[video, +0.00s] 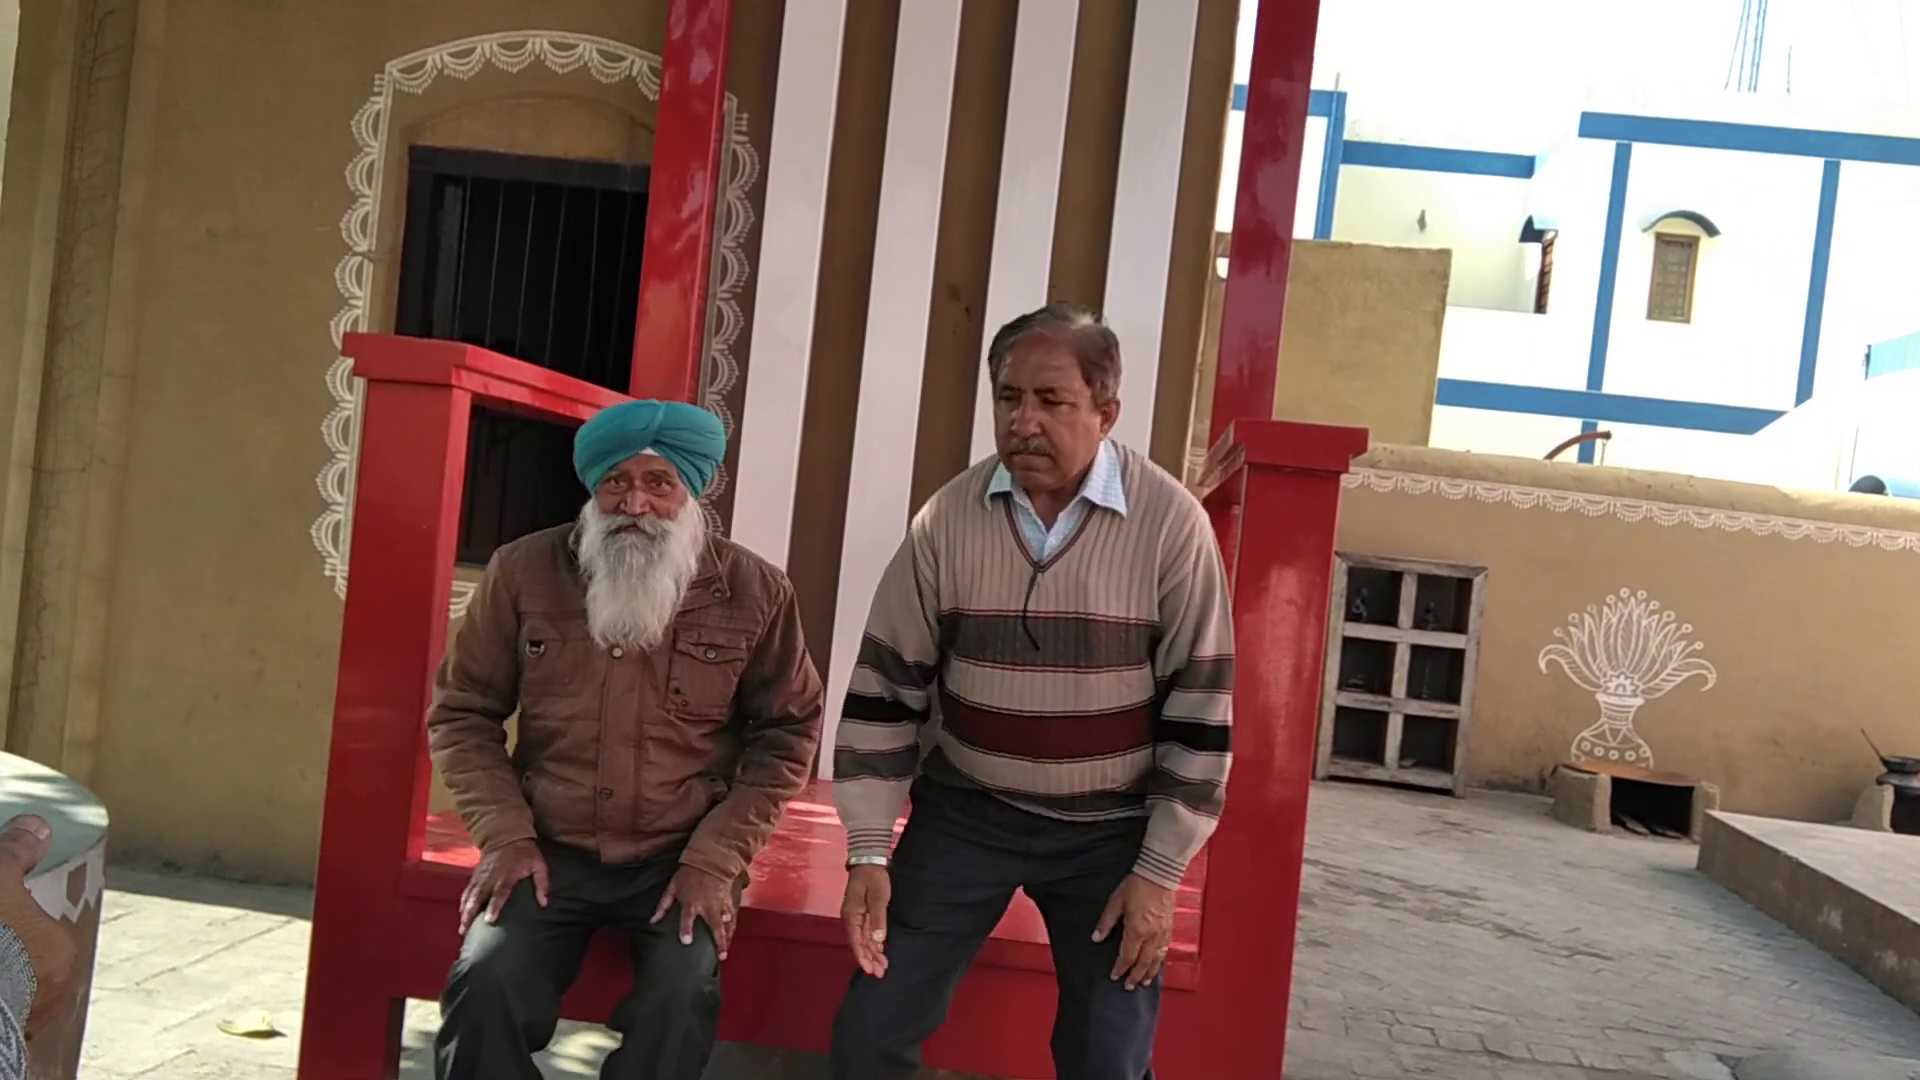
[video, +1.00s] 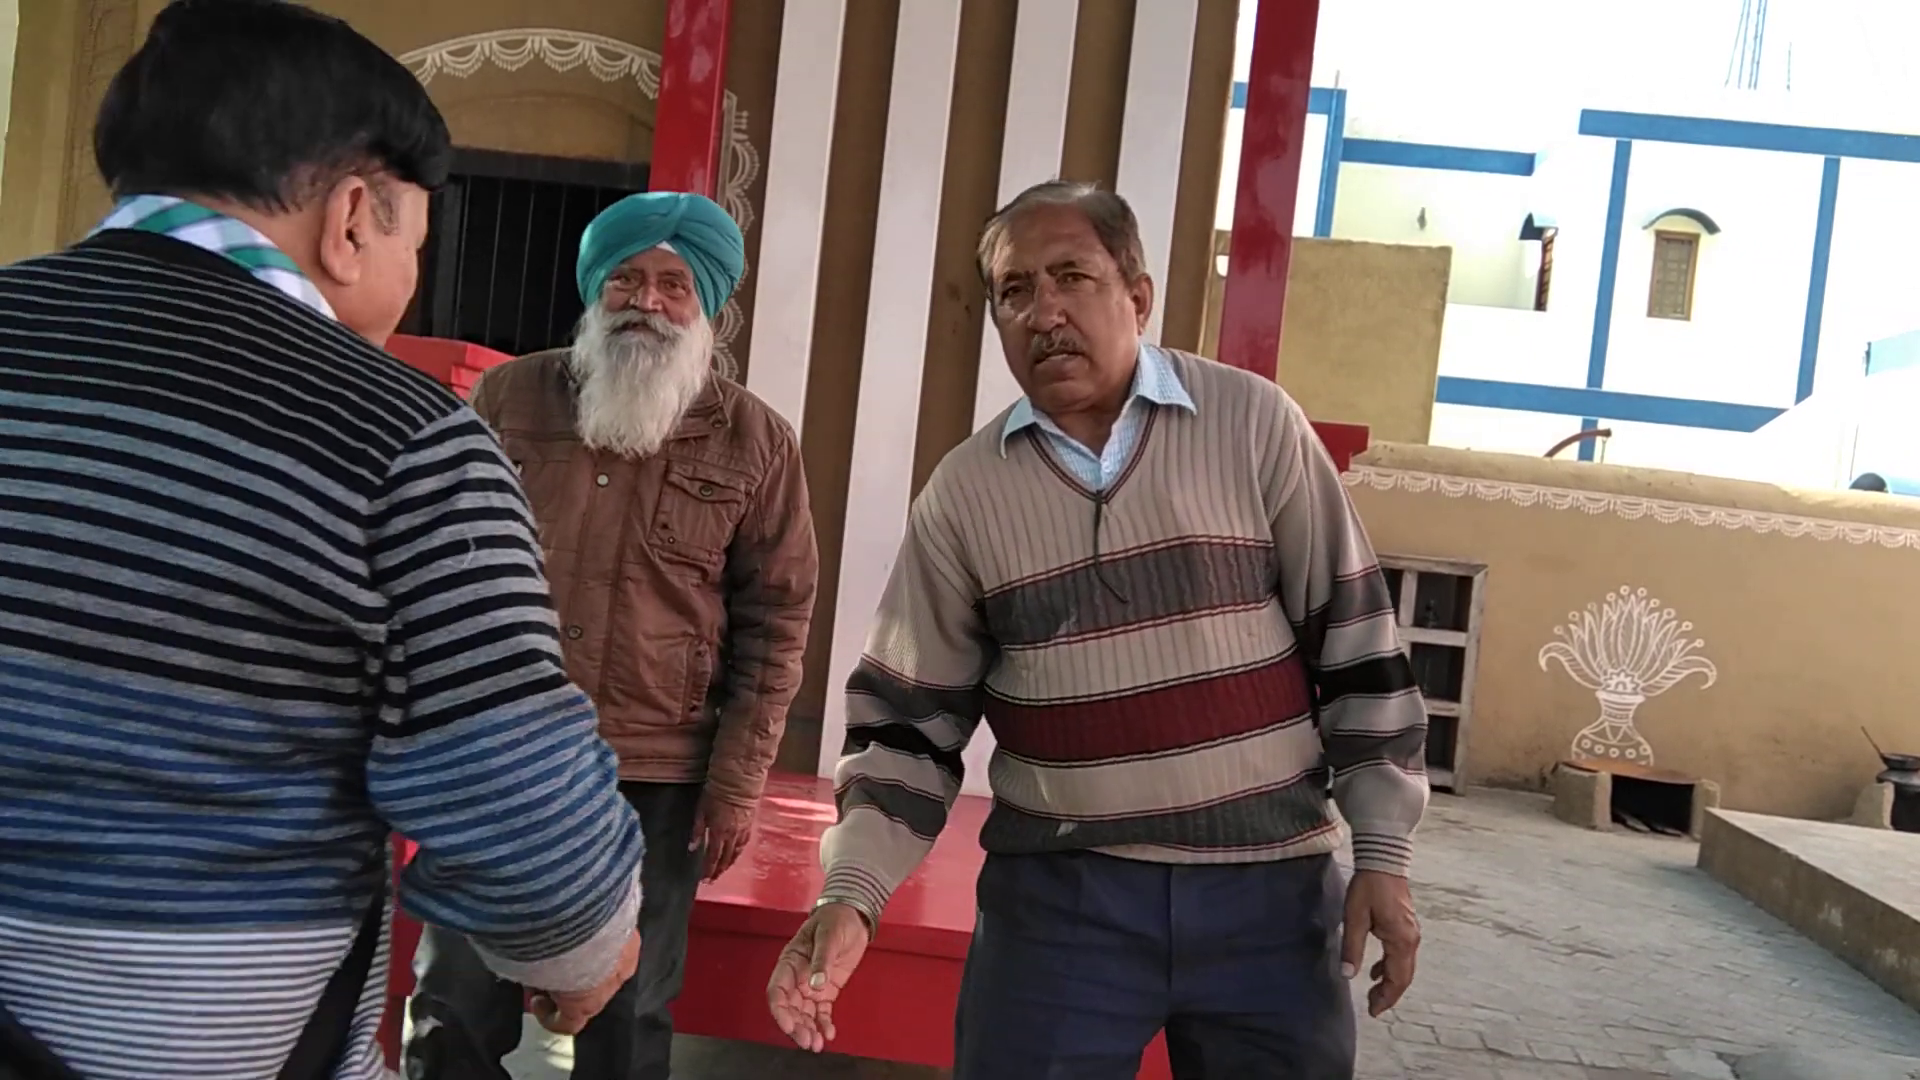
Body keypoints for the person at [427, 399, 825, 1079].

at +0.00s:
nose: (634, 502)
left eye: (658, 484)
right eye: (616, 482)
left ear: (696, 497)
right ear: (591, 490)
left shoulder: (757, 596)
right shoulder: (524, 571)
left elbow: (788, 733)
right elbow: (463, 711)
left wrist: (716, 857)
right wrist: (503, 832)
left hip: (679, 867)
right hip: (546, 856)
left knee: (683, 988)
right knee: (487, 978)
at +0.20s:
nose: (593, 517)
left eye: (617, 495)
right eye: (574, 496)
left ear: (657, 500)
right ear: (550, 502)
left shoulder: (731, 592)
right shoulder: (485, 576)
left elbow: (787, 720)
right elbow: (431, 705)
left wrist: (706, 859)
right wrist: (485, 836)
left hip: (668, 865)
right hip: (533, 857)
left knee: (671, 1006)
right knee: (479, 994)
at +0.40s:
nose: (580, 476)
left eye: (606, 454)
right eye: (560, 454)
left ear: (646, 463)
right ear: (535, 460)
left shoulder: (719, 561)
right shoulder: (468, 540)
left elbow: (759, 717)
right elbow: (423, 689)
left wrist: (680, 863)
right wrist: (467, 837)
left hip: (653, 842)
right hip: (516, 836)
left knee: (643, 1013)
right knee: (461, 1001)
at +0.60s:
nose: (594, 382)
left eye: (621, 364)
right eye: (574, 359)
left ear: (660, 381)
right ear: (546, 370)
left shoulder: (721, 495)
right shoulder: (473, 464)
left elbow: (745, 673)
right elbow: (427, 638)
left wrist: (683, 826)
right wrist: (443, 802)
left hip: (641, 818)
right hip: (497, 808)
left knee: (623, 1026)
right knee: (453, 1015)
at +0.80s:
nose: (618, 324)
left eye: (646, 309)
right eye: (601, 302)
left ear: (687, 337)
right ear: (568, 315)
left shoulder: (739, 461)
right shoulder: (489, 420)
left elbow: (760, 638)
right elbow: (426, 595)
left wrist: (712, 792)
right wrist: (410, 762)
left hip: (644, 805)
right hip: (496, 794)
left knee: (621, 1036)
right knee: (461, 1030)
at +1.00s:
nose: (648, 298)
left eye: (675, 283)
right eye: (630, 275)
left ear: (711, 310)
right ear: (594, 288)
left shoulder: (757, 443)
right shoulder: (506, 397)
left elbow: (775, 632)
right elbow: (433, 568)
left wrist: (735, 788)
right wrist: (423, 743)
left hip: (655, 784)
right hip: (497, 760)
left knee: (628, 1025)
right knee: (457, 1013)